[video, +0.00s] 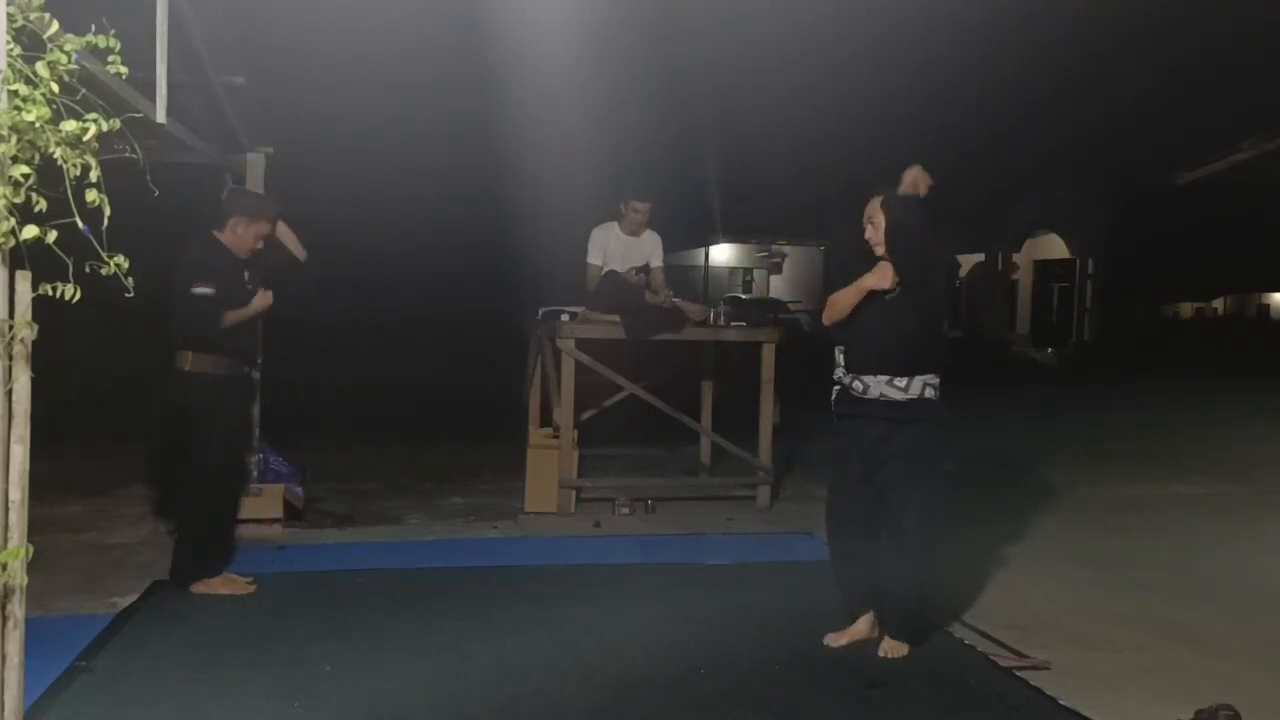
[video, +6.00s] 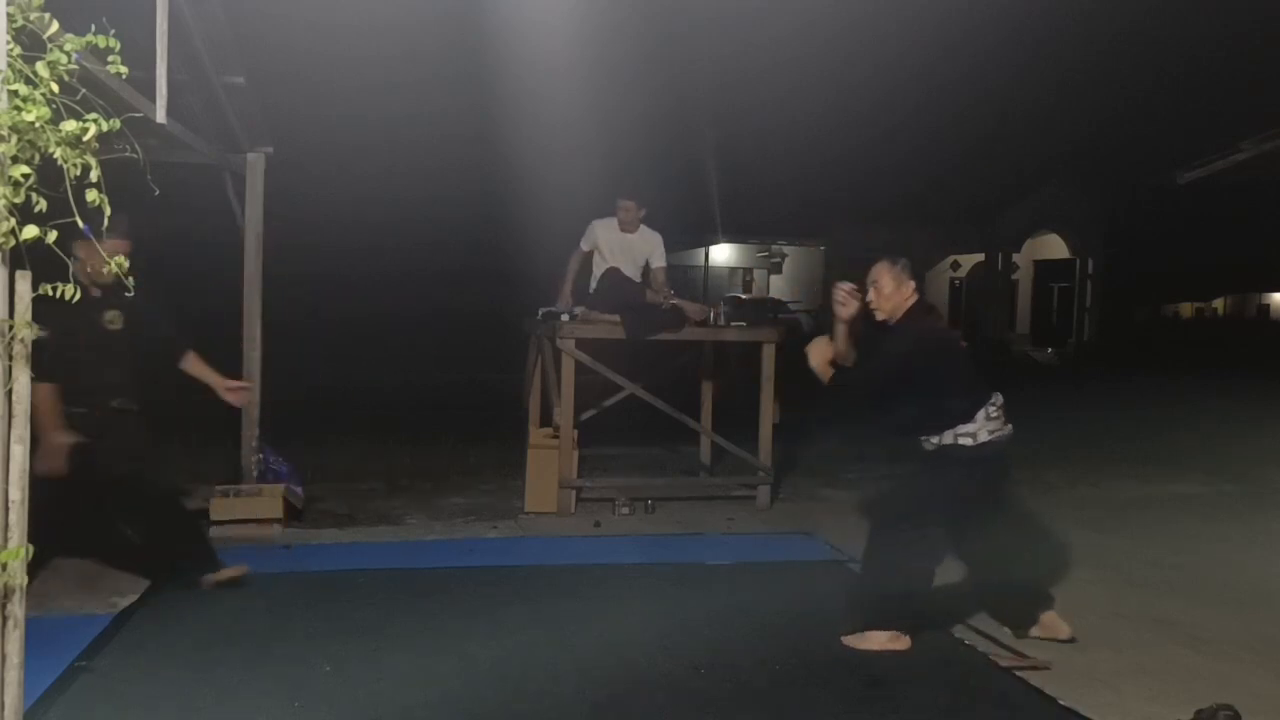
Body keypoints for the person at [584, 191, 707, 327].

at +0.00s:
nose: (641, 218)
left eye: (645, 213)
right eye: (636, 212)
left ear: (650, 213)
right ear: (623, 208)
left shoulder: (653, 239)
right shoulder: (601, 234)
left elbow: (658, 283)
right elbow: (592, 285)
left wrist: (665, 294)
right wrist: (622, 281)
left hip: (637, 301)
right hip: (603, 301)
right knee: (611, 278)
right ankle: (676, 310)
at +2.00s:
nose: (633, 214)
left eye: (639, 209)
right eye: (628, 207)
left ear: (648, 212)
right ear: (620, 207)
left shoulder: (652, 239)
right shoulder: (601, 234)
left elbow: (658, 282)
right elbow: (591, 284)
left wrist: (664, 294)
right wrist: (621, 279)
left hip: (634, 300)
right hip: (602, 300)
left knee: (676, 317)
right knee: (611, 278)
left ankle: (607, 319)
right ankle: (679, 306)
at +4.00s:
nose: (642, 218)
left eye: (647, 212)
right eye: (637, 211)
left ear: (651, 214)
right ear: (624, 209)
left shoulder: (654, 240)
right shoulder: (602, 234)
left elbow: (659, 283)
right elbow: (592, 283)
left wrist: (665, 295)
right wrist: (623, 281)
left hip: (637, 300)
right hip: (603, 300)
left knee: (675, 317)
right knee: (611, 278)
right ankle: (679, 306)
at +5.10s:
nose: (631, 216)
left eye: (638, 212)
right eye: (628, 210)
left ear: (649, 214)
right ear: (623, 209)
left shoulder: (656, 242)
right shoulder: (602, 232)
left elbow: (660, 283)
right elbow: (583, 275)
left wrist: (668, 298)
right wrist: (617, 276)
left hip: (636, 302)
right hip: (602, 300)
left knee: (673, 316)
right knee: (612, 278)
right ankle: (679, 306)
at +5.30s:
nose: (624, 217)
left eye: (630, 213)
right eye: (622, 211)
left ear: (644, 214)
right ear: (618, 209)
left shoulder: (655, 241)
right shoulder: (601, 230)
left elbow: (660, 282)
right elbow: (579, 267)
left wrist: (669, 296)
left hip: (634, 301)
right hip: (601, 299)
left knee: (673, 317)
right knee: (612, 278)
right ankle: (679, 306)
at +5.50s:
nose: (618, 217)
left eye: (624, 213)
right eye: (616, 212)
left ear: (639, 214)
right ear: (612, 210)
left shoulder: (653, 240)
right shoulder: (598, 229)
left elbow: (659, 282)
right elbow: (573, 263)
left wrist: (669, 298)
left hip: (633, 301)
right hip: (600, 299)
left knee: (675, 317)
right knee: (612, 275)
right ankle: (680, 306)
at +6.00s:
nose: (621, 216)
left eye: (627, 211)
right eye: (619, 210)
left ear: (641, 213)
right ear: (615, 209)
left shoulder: (653, 239)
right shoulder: (599, 228)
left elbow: (659, 280)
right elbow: (577, 257)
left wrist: (667, 297)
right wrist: (566, 292)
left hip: (634, 300)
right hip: (600, 298)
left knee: (674, 318)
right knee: (612, 275)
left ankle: (600, 316)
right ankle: (679, 305)